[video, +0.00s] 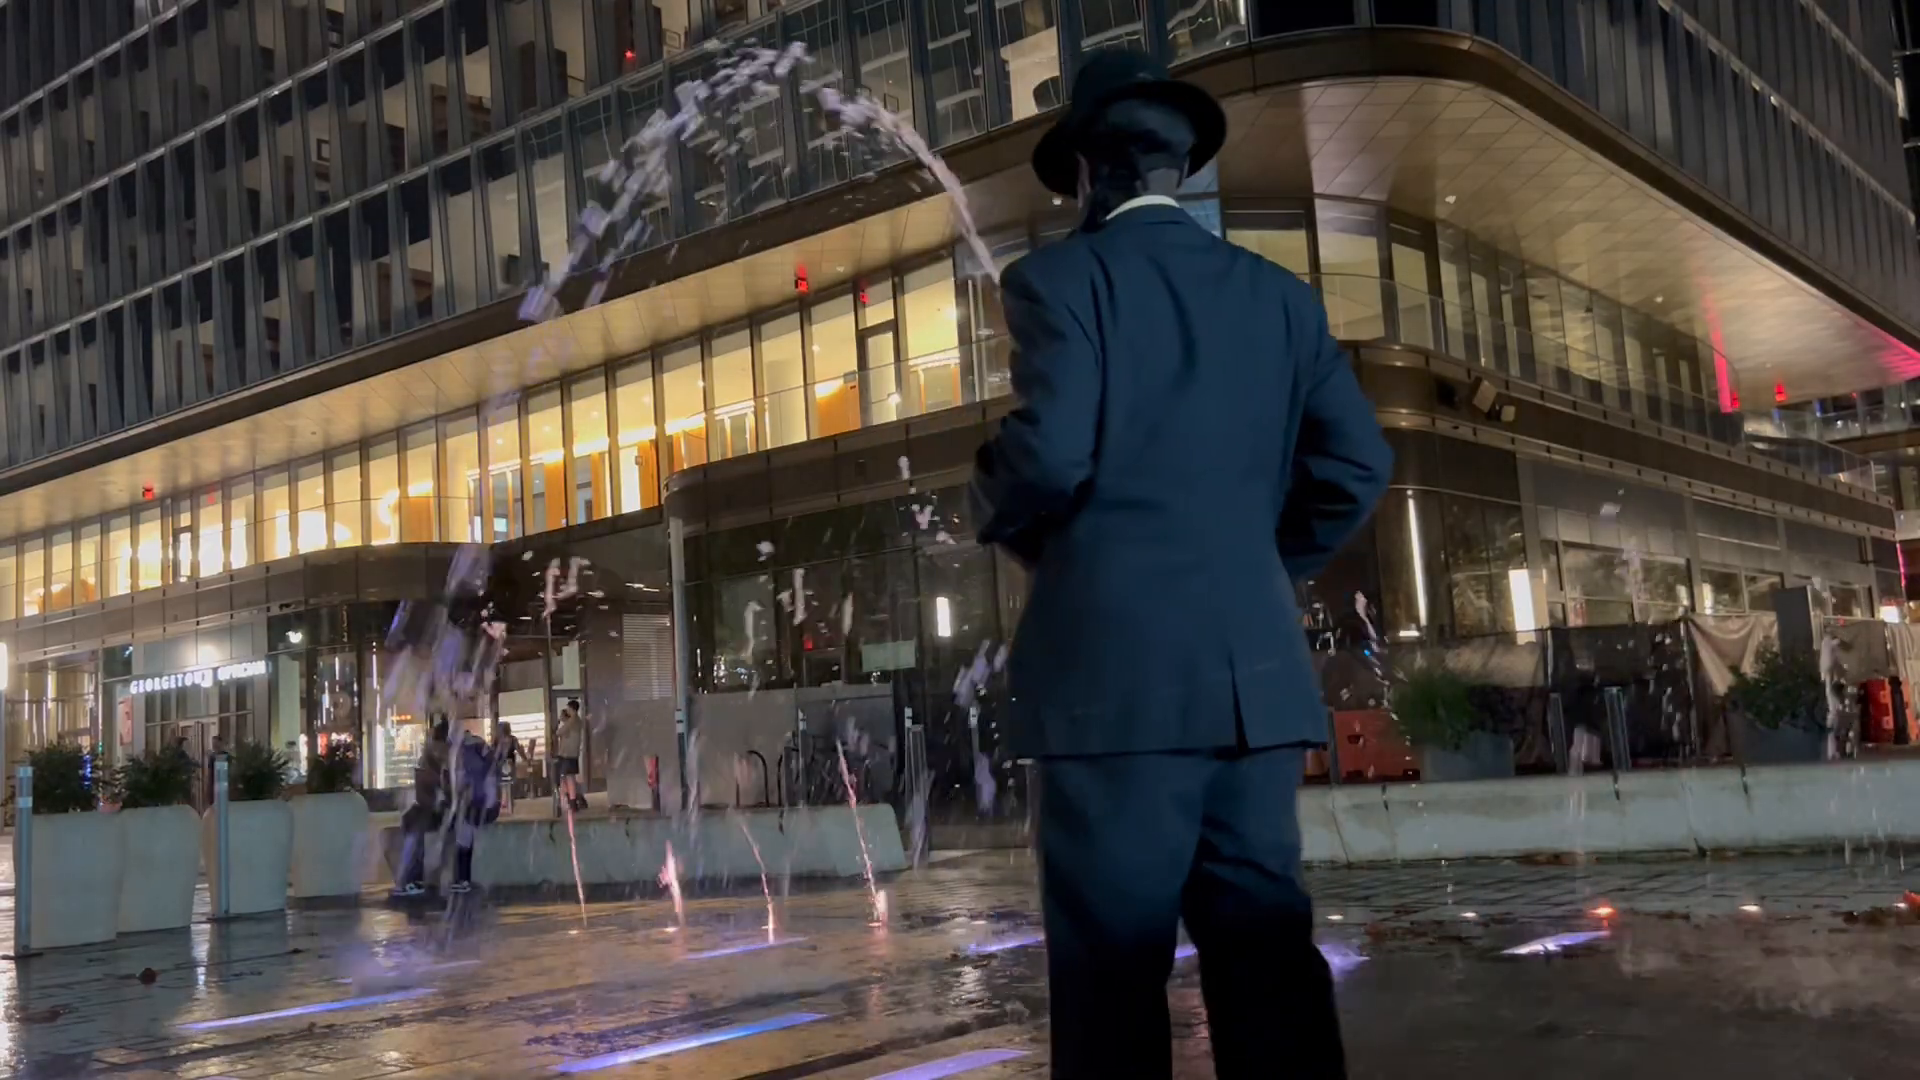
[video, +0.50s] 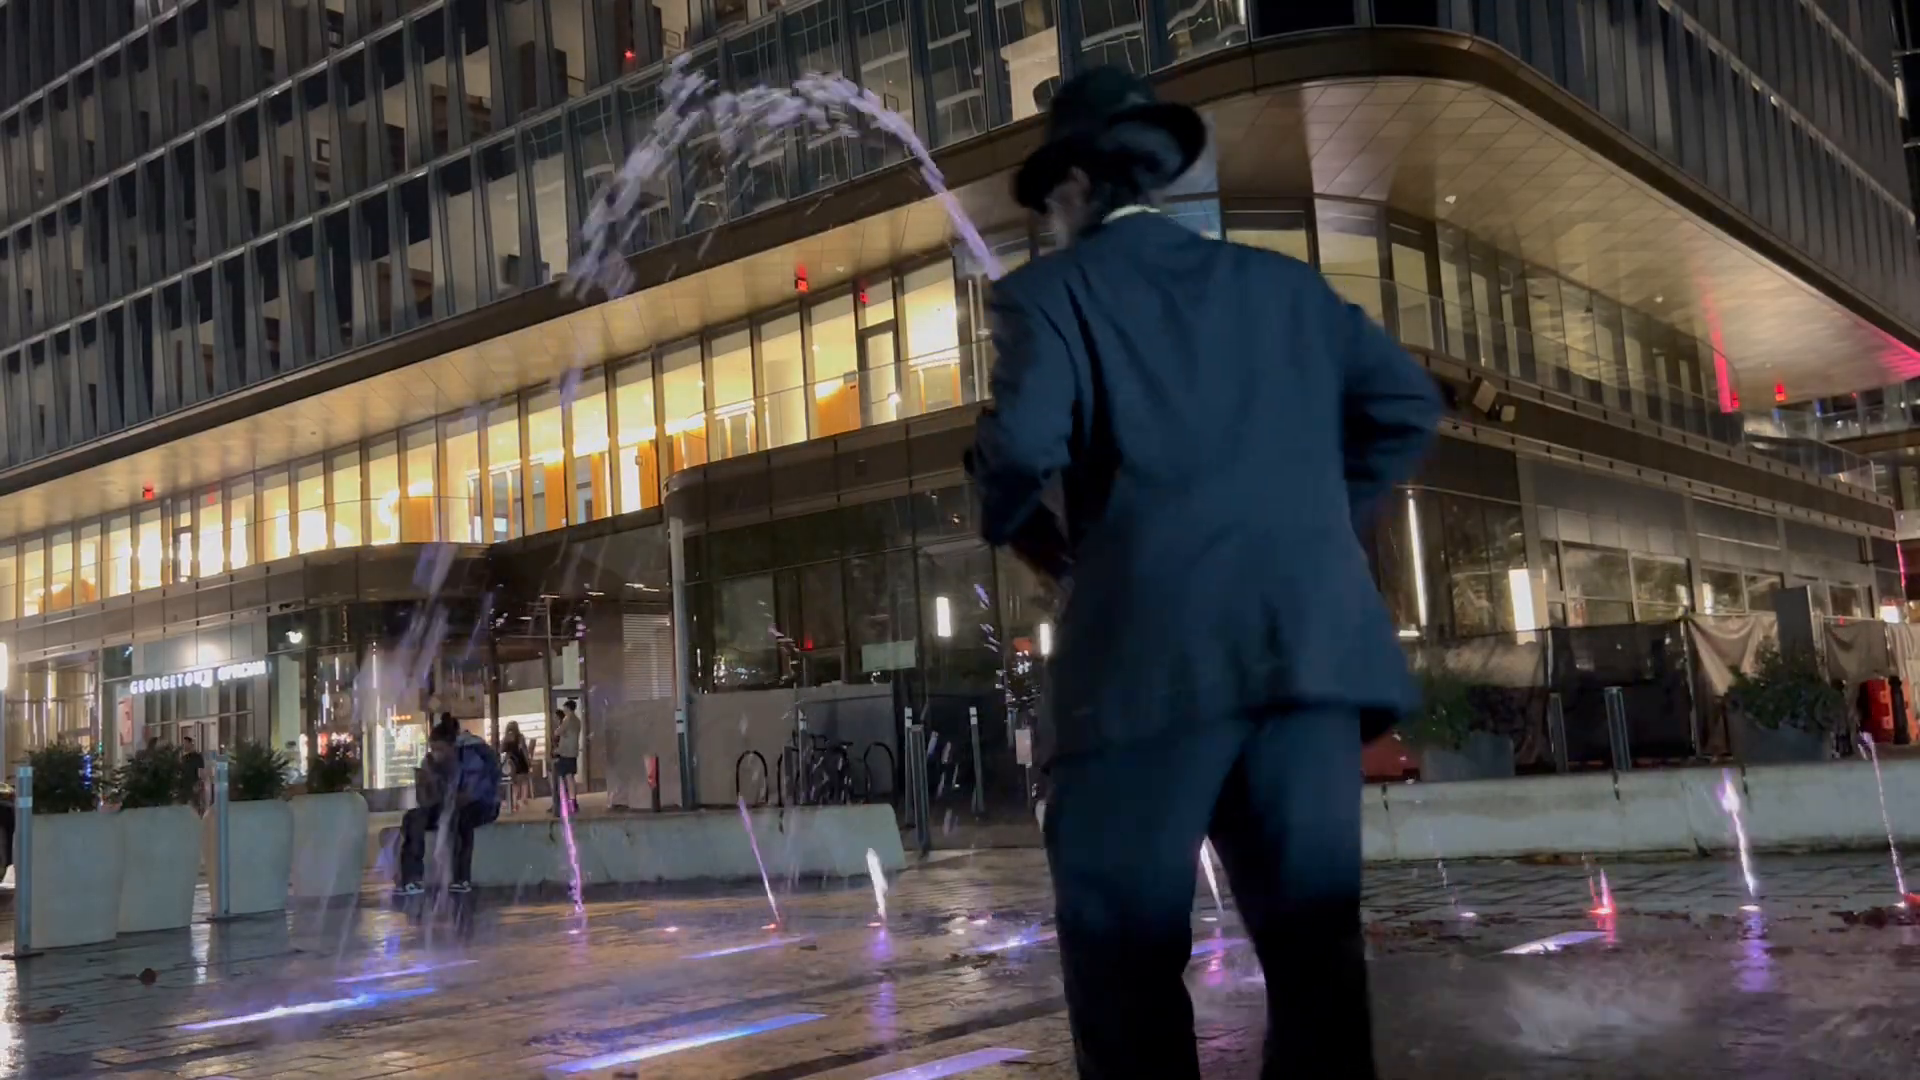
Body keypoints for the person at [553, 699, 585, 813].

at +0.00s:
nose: (567, 711)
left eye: (568, 709)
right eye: (567, 709)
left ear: (570, 709)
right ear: (577, 709)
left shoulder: (570, 722)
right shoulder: (579, 721)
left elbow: (559, 732)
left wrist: (560, 722)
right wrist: (565, 720)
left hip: (567, 753)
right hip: (573, 753)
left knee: (567, 777)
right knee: (570, 777)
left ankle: (572, 801)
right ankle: (573, 799)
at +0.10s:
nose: (567, 710)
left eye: (568, 708)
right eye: (568, 708)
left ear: (571, 708)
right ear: (576, 708)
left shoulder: (572, 721)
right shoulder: (578, 721)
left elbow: (561, 732)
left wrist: (557, 733)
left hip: (567, 753)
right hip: (573, 752)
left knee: (569, 778)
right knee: (570, 778)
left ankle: (572, 801)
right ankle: (577, 798)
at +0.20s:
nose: (566, 710)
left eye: (567, 708)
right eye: (567, 708)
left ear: (570, 708)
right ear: (576, 708)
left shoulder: (571, 720)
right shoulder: (577, 720)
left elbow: (560, 731)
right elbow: (570, 734)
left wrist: (556, 733)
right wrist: (560, 737)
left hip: (567, 753)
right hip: (573, 752)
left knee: (568, 777)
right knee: (570, 777)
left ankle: (572, 799)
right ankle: (576, 797)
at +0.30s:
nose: (565, 710)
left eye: (566, 708)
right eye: (566, 708)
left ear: (568, 708)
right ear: (575, 708)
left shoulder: (570, 719)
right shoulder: (577, 720)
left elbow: (562, 731)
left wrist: (556, 733)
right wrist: (561, 731)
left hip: (567, 753)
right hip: (573, 753)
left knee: (568, 778)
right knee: (571, 777)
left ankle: (572, 800)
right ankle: (575, 797)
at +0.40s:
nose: (565, 710)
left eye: (566, 708)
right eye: (565, 708)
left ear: (568, 708)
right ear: (574, 709)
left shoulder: (569, 719)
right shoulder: (576, 720)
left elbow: (560, 731)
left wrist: (557, 730)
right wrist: (561, 729)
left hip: (566, 753)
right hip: (573, 752)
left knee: (568, 778)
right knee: (571, 778)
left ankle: (571, 801)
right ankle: (573, 800)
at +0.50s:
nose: (564, 711)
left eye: (565, 709)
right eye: (564, 709)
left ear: (567, 709)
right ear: (573, 709)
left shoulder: (567, 720)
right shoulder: (577, 720)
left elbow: (558, 732)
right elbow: (573, 735)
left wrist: (559, 727)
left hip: (564, 753)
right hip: (573, 752)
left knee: (560, 779)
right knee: (571, 778)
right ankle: (573, 801)